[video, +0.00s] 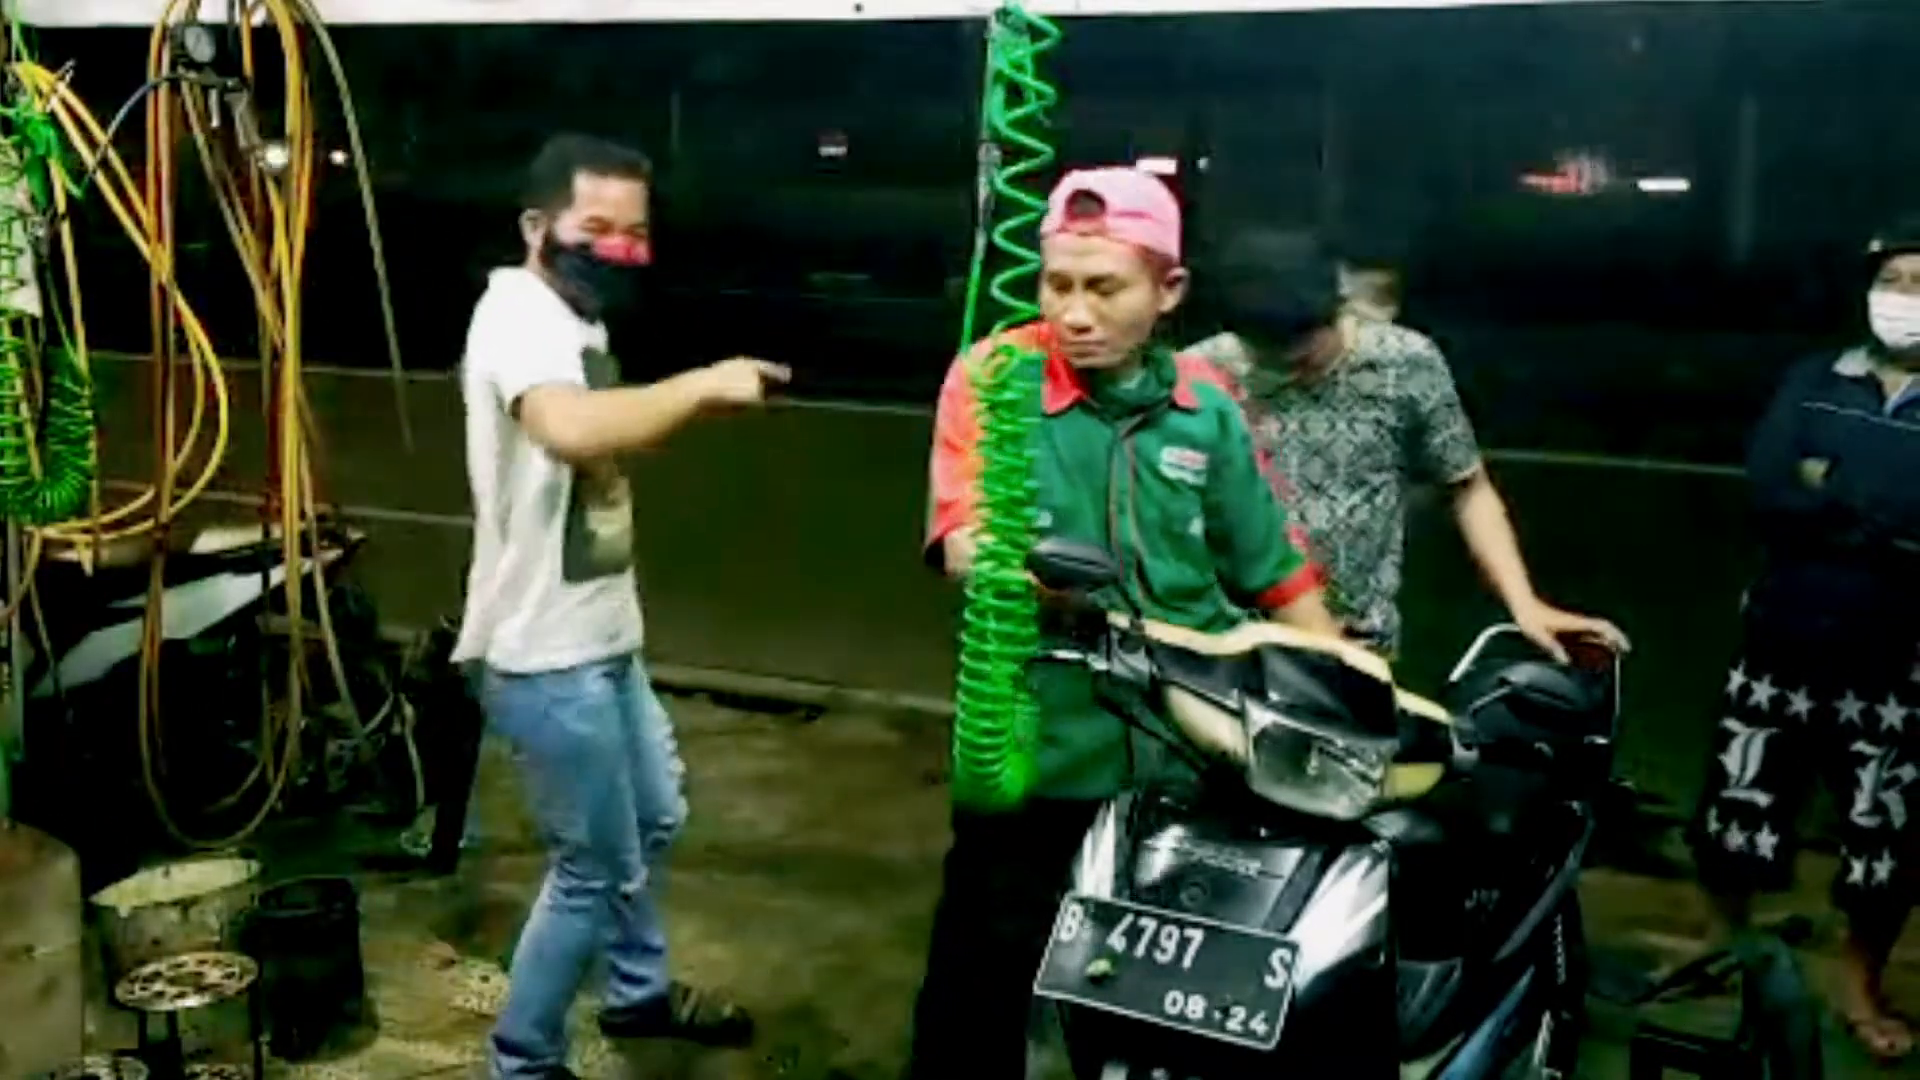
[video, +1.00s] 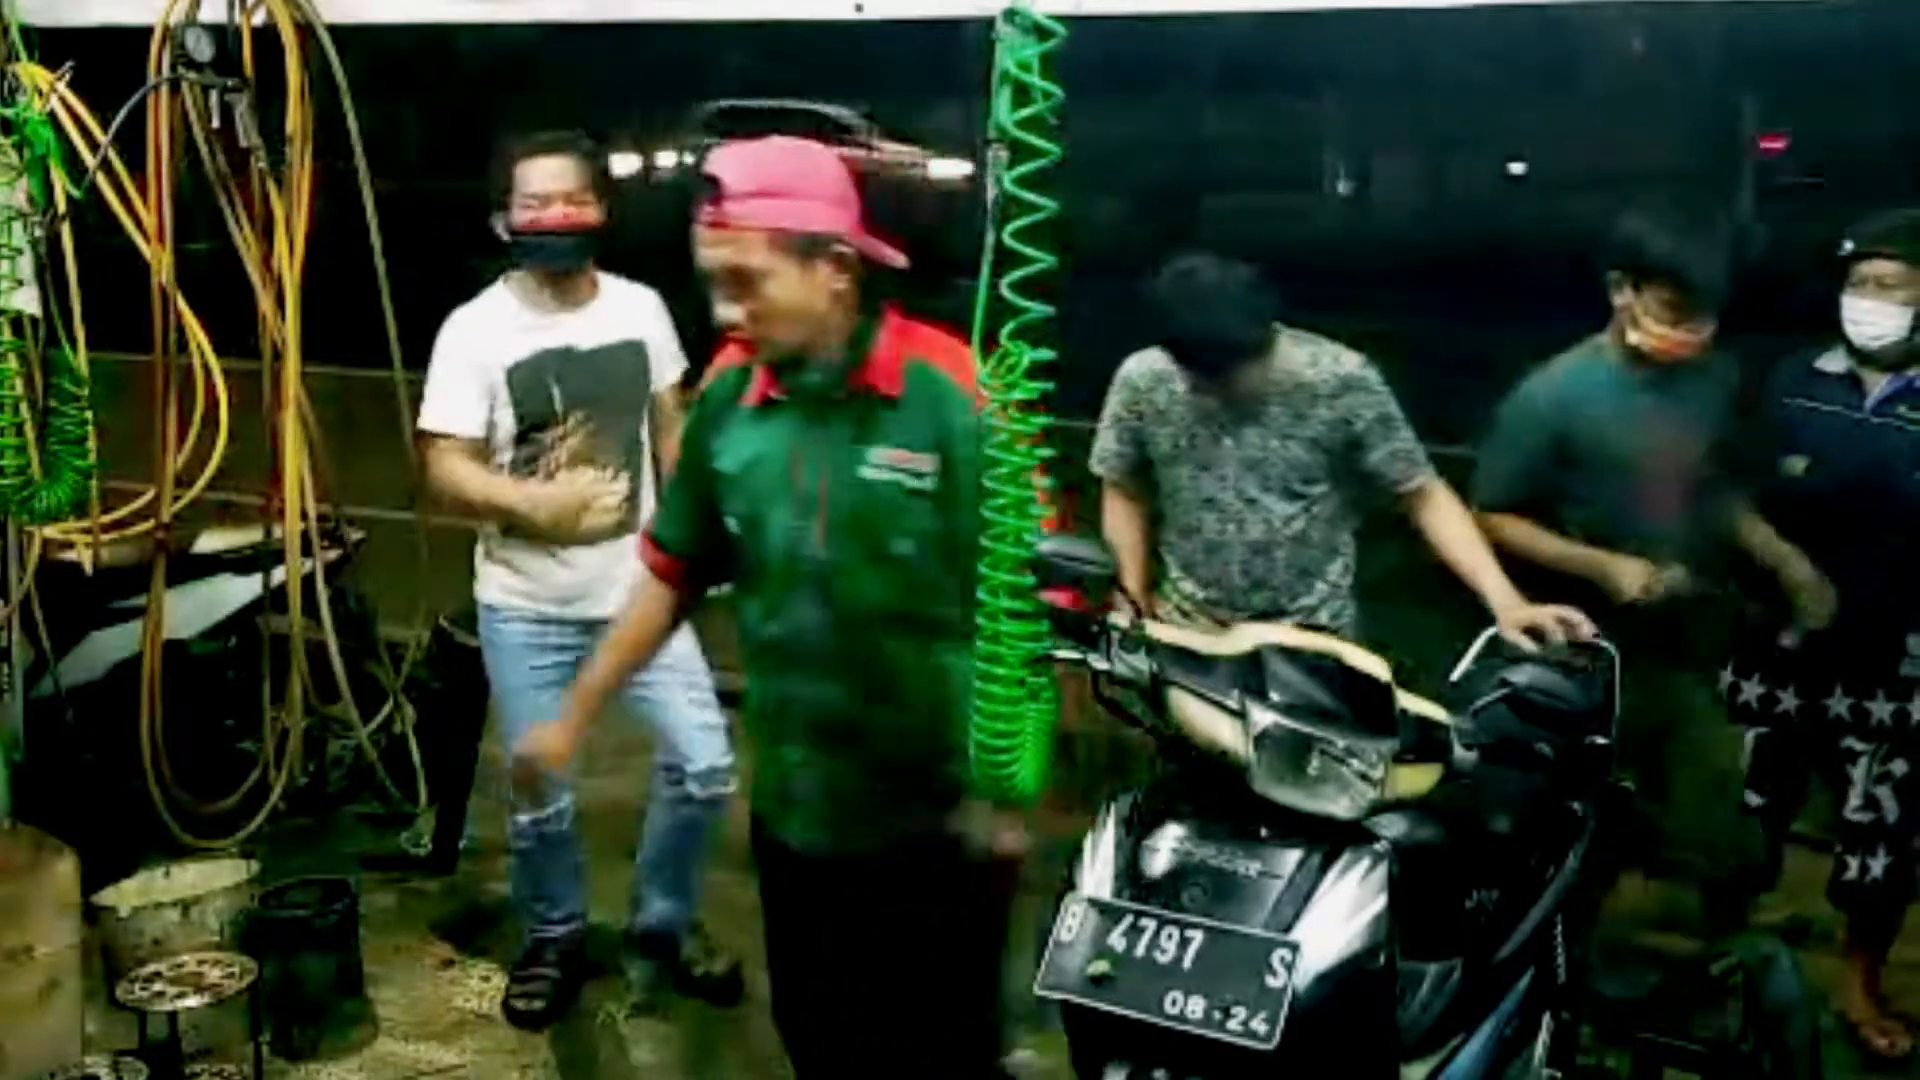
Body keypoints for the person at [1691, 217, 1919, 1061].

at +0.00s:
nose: (1903, 301)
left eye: (1918, 287)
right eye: (1892, 285)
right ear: (1866, 298)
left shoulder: (1919, 413)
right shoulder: (1814, 387)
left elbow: (1907, 507)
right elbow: (1765, 485)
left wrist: (1828, 472)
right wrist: (1876, 509)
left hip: (1893, 659)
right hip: (1786, 644)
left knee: (1885, 843)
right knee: (1733, 816)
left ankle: (1858, 979)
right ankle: (1722, 939)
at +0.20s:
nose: (1901, 300)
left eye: (1917, 287)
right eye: (1889, 284)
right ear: (1863, 294)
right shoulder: (1811, 386)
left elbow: (1910, 510)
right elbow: (1764, 487)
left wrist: (1823, 474)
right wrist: (1878, 511)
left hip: (1891, 661)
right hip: (1784, 646)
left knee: (1885, 842)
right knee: (1735, 814)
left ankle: (1858, 976)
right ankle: (1720, 938)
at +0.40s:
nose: (1897, 301)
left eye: (1913, 287)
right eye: (1885, 284)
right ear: (1859, 293)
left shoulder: (1919, 412)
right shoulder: (1809, 386)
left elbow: (1910, 518)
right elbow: (1764, 485)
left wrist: (1823, 477)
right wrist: (1872, 520)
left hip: (1889, 659)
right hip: (1783, 644)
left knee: (1885, 842)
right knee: (1737, 813)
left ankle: (1861, 981)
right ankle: (1715, 943)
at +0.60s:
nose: (1894, 302)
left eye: (1911, 288)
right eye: (1882, 285)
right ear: (1855, 294)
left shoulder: (1918, 413)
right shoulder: (1806, 386)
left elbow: (1910, 521)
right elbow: (1757, 486)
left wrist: (1819, 478)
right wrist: (1868, 519)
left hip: (1889, 658)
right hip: (1781, 641)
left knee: (1883, 839)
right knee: (1736, 810)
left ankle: (1862, 982)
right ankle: (1717, 944)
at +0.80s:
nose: (1883, 304)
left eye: (1902, 290)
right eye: (1871, 286)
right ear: (1847, 293)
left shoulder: (1918, 412)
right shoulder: (1800, 384)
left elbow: (1910, 514)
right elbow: (1750, 486)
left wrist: (1815, 477)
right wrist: (1865, 506)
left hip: (1889, 650)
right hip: (1782, 632)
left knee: (1883, 835)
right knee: (1736, 805)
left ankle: (1863, 984)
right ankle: (1717, 944)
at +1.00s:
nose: (1876, 306)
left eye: (1896, 292)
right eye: (1864, 288)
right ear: (1838, 296)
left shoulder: (1918, 406)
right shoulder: (1787, 388)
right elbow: (1725, 496)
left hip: (1892, 656)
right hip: (1784, 643)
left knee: (1886, 837)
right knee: (1757, 808)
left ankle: (1862, 984)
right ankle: (1724, 942)